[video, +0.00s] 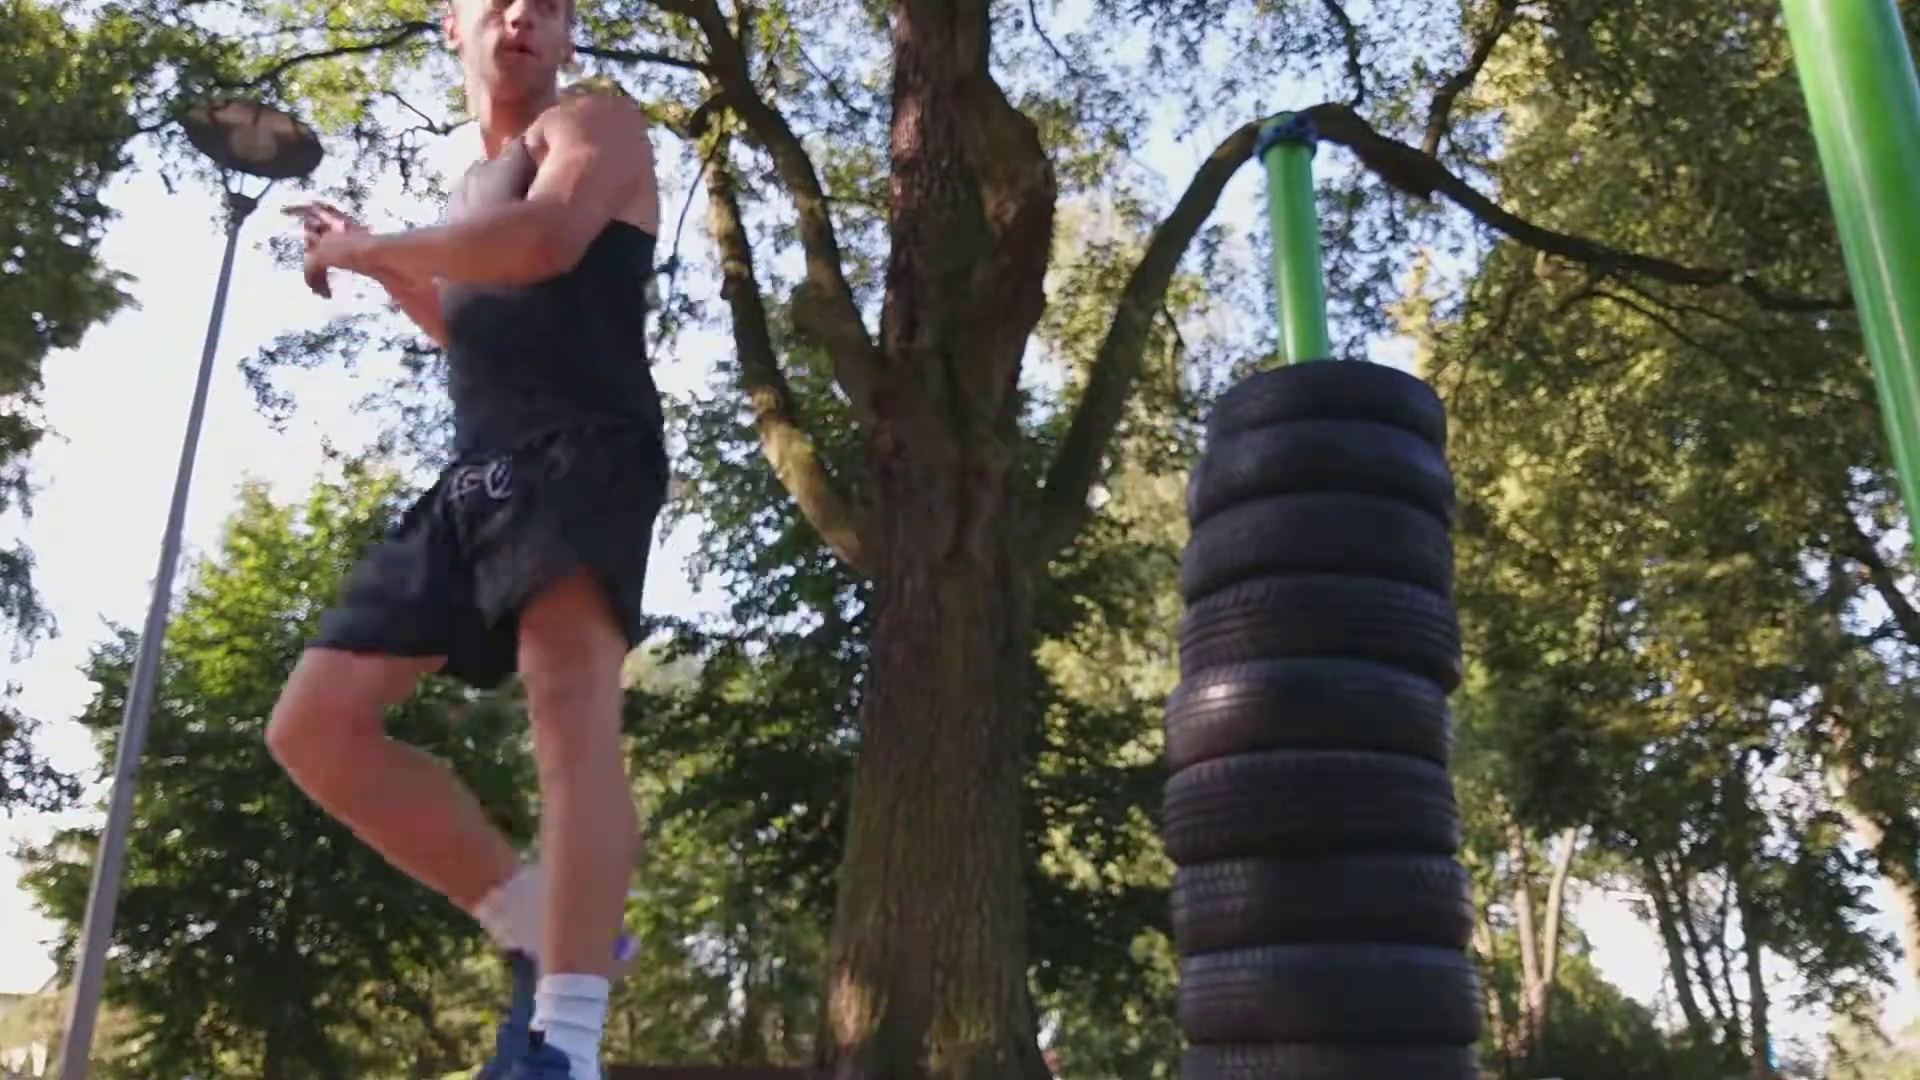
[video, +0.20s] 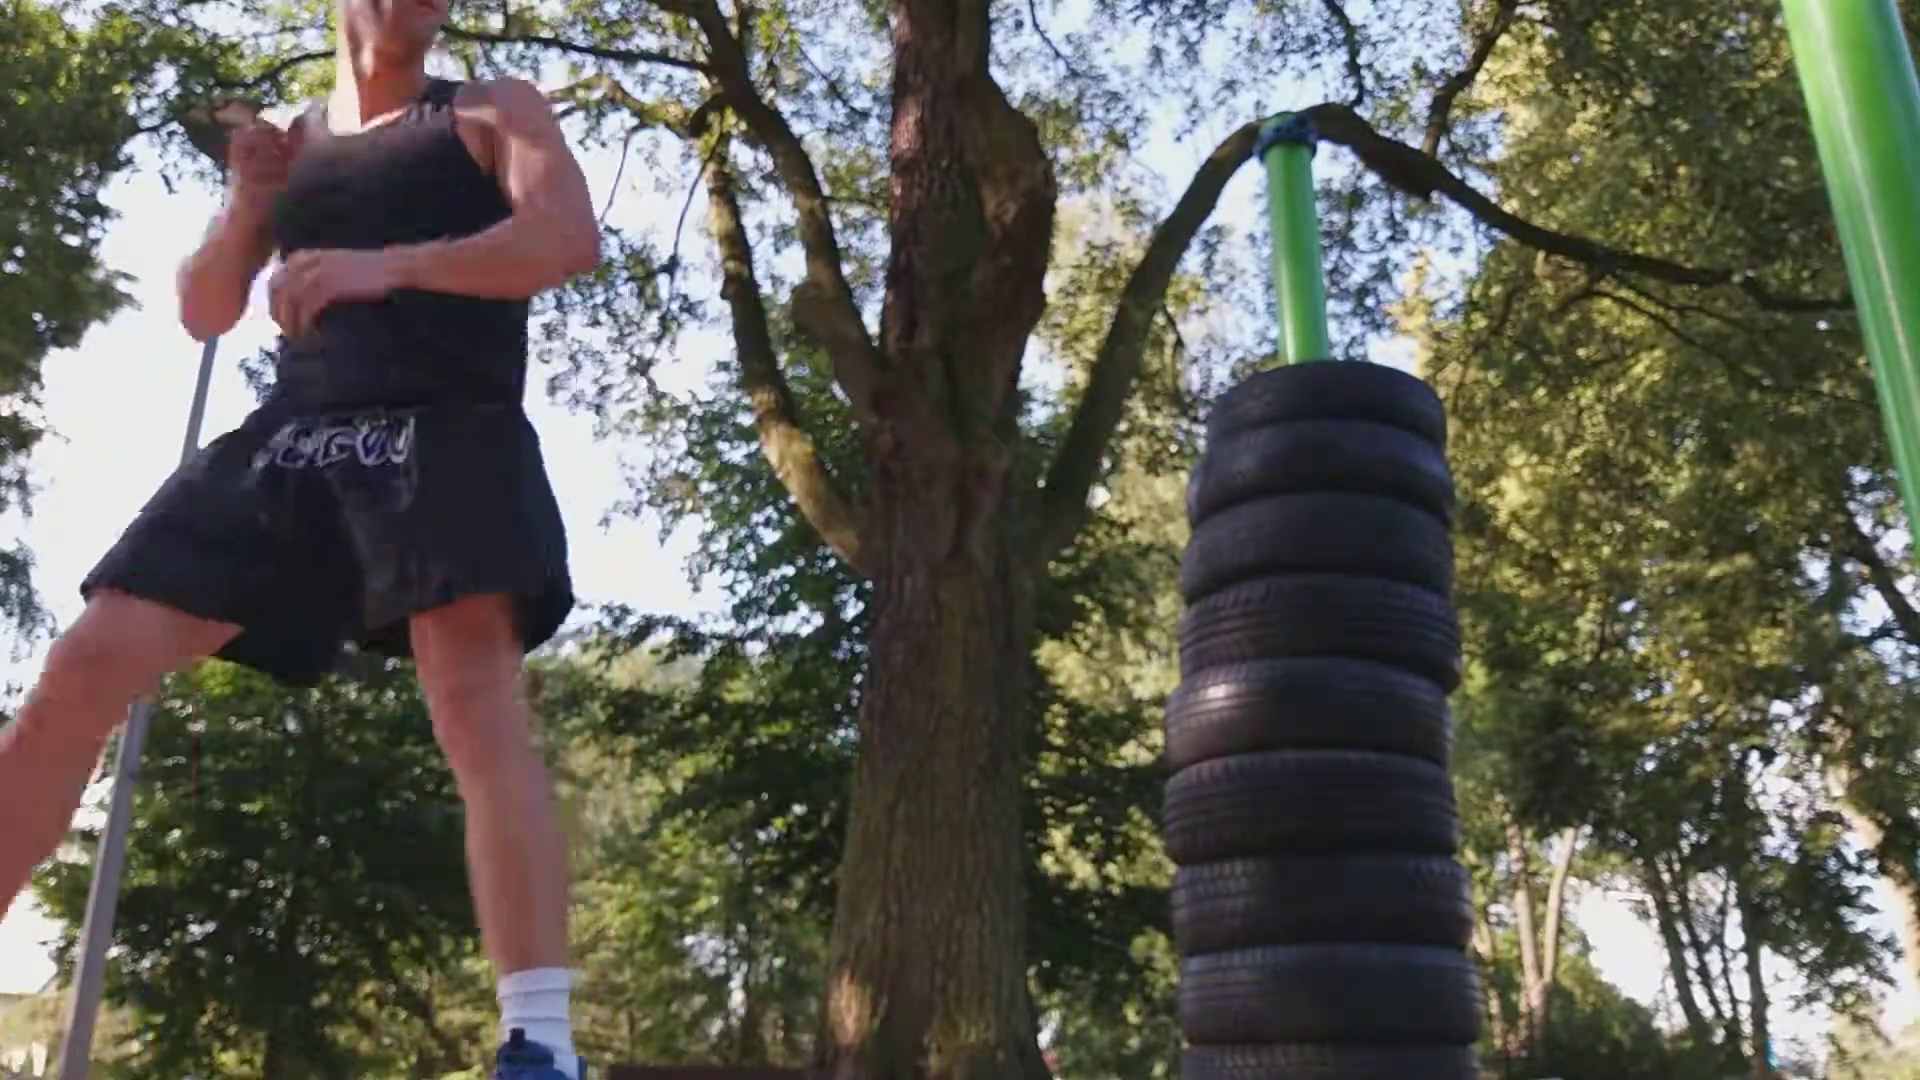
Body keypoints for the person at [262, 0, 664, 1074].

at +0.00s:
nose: (524, 17)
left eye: (546, 4)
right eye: (498, 0)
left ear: (570, 31)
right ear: (452, 28)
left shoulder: (595, 118)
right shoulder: (471, 188)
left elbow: (551, 240)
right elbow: (473, 338)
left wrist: (372, 246)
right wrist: (381, 267)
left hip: (577, 454)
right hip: (474, 478)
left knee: (567, 695)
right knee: (313, 730)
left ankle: (563, 1047)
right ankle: (554, 937)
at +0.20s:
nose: (401, 5)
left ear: (441, 15)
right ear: (344, 11)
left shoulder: (495, 103)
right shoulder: (287, 142)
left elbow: (564, 240)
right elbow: (203, 313)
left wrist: (379, 266)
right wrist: (252, 201)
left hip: (443, 427)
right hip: (289, 437)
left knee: (474, 694)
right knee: (85, 664)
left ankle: (538, 1042)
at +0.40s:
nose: (416, 6)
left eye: (419, 1)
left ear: (386, 21)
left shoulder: (392, 123)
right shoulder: (174, 22)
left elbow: (453, 308)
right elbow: (10, 140)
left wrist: (429, 220)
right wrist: (125, 129)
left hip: (310, 423)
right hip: (134, 398)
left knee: (378, 645)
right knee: (3, 674)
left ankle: (312, 1009)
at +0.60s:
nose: (395, 26)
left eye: (396, 13)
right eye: (383, 3)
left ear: (337, 23)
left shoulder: (331, 166)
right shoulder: (140, 31)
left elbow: (331, 344)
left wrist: (373, 328)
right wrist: (139, 131)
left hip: (233, 477)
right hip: (73, 429)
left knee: (285, 737)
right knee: (0, 610)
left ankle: (107, 1023)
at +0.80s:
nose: (416, 92)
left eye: (422, 72)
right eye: (410, 62)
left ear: (348, 41)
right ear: (338, 29)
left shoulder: (325, 198)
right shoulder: (187, 81)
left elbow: (246, 365)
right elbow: (54, 180)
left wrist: (348, 368)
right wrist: (260, 224)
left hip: (244, 510)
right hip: (95, 476)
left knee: (344, 727)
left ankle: (192, 998)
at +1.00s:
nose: (454, 189)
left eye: (458, 169)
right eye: (445, 161)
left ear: (383, 150)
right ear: (376, 139)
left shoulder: (385, 310)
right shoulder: (241, 196)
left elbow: (401, 461)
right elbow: (115, 306)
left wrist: (465, 449)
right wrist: (308, 316)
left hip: (326, 582)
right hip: (198, 545)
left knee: (389, 821)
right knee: (48, 757)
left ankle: (316, 1067)